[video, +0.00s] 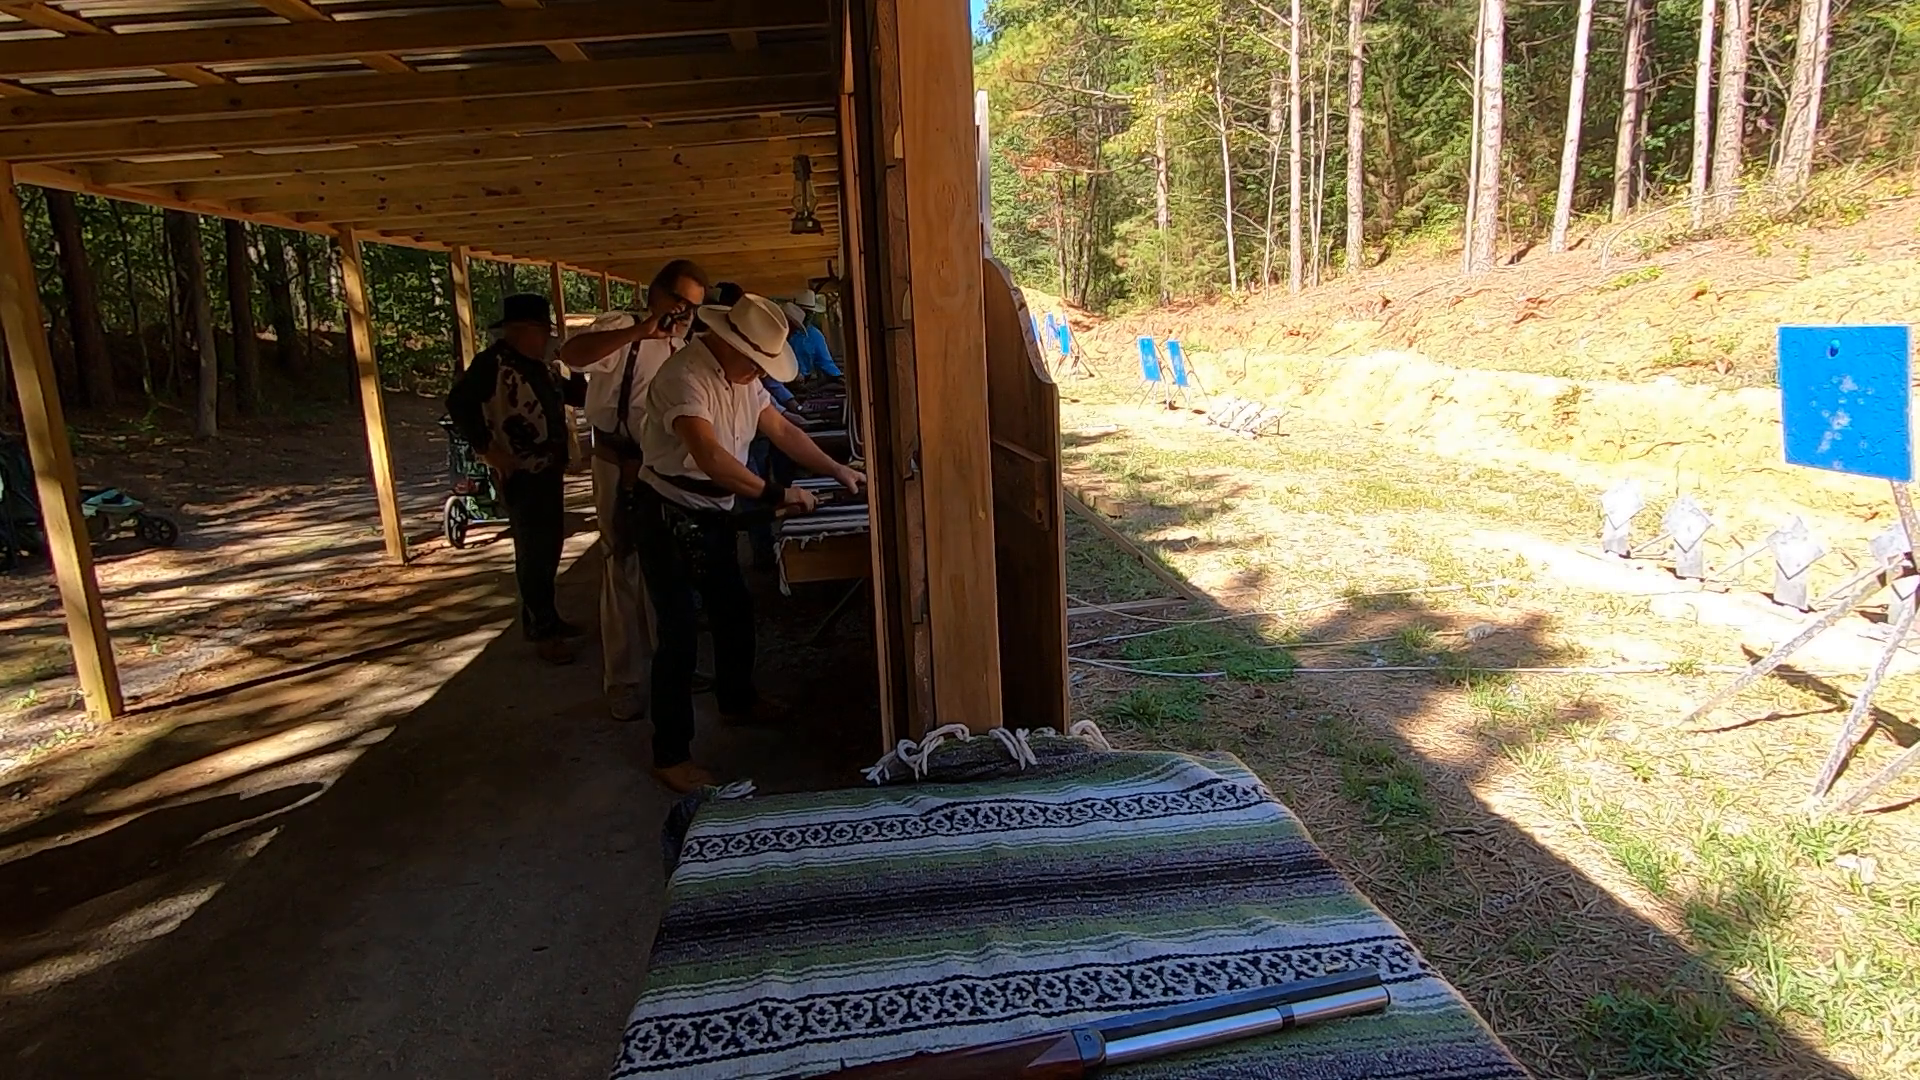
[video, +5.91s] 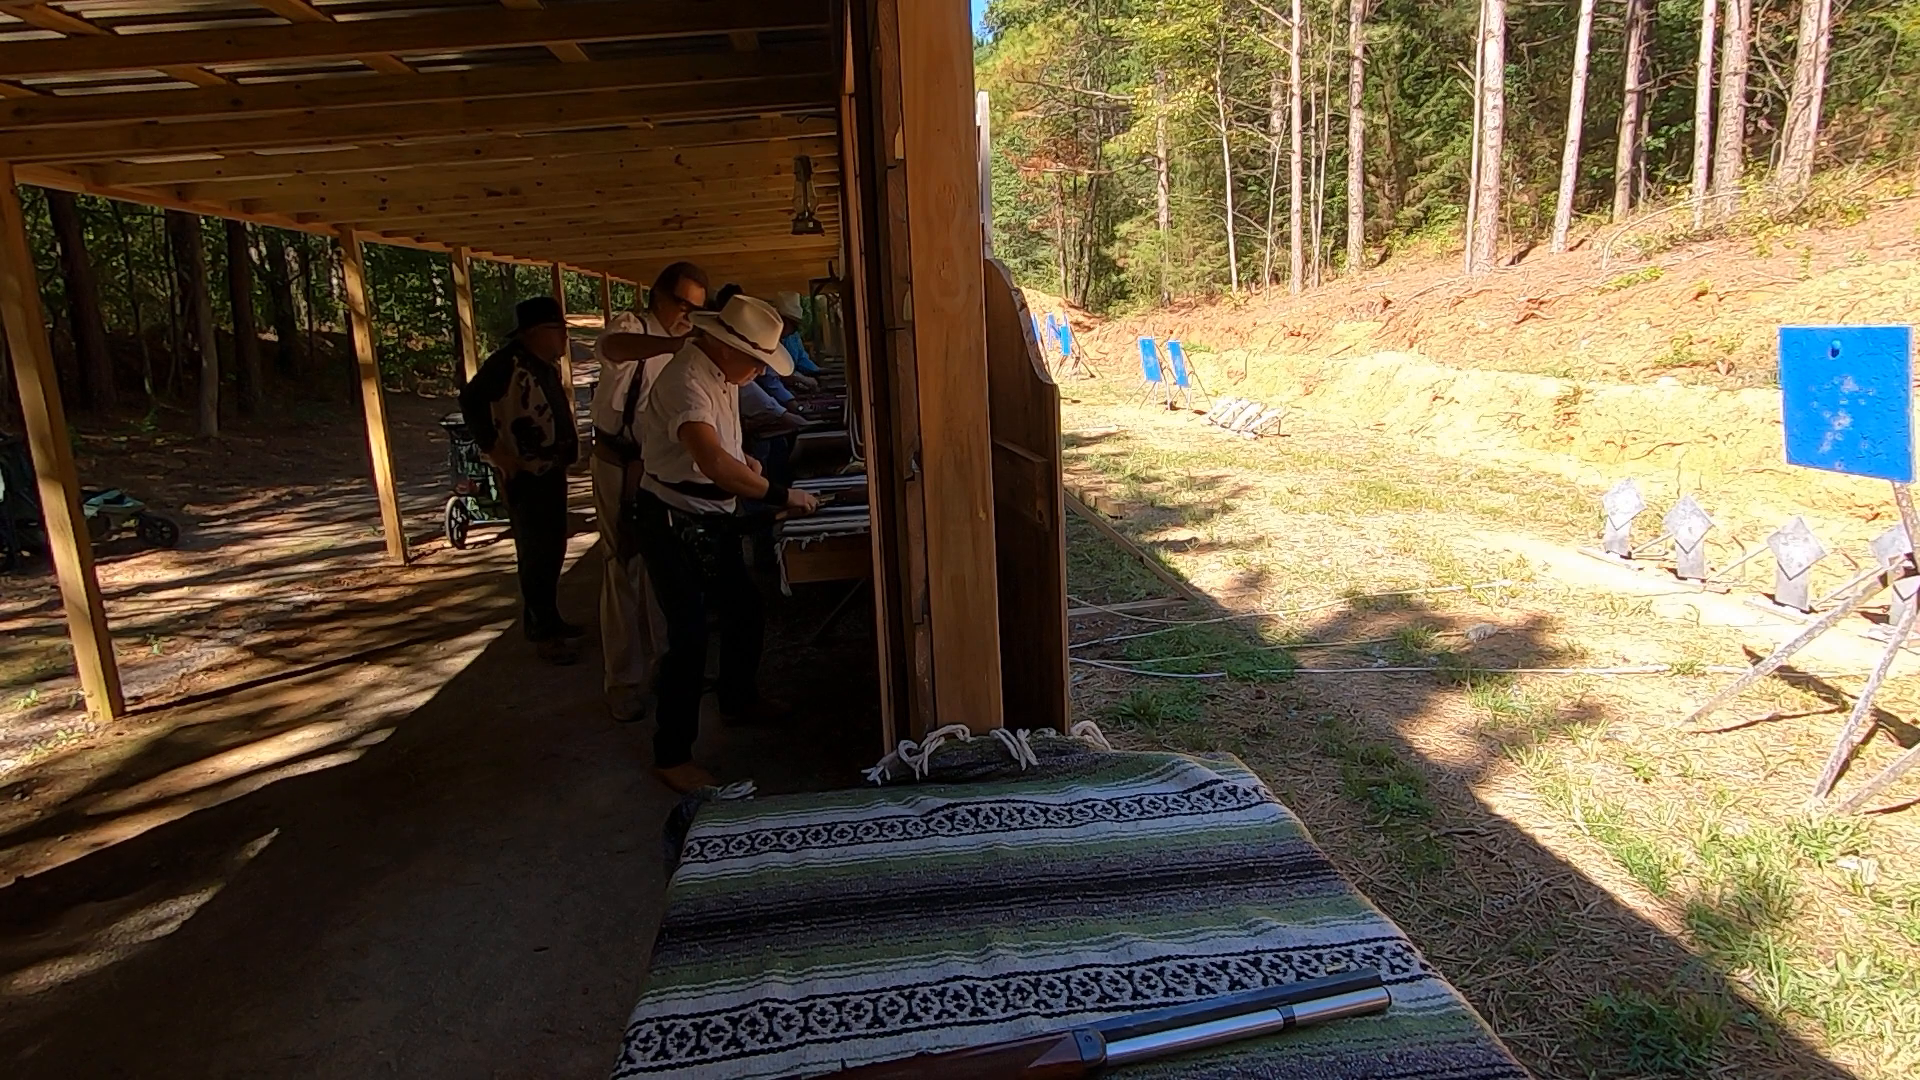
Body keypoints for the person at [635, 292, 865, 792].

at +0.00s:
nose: (759, 372)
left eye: (763, 366)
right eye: (754, 362)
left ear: (757, 358)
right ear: (728, 345)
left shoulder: (746, 379)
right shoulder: (684, 375)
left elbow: (781, 430)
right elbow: (705, 454)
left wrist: (837, 467)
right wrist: (773, 492)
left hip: (715, 514)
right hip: (665, 515)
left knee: (734, 613)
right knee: (679, 632)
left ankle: (738, 703)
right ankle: (670, 758)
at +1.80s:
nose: (758, 373)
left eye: (762, 366)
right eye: (757, 364)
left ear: (744, 346)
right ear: (734, 344)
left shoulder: (731, 370)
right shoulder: (687, 372)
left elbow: (743, 425)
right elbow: (709, 453)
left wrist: (765, 453)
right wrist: (775, 495)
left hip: (721, 512)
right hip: (676, 514)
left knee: (736, 615)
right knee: (685, 634)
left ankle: (740, 706)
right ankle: (671, 756)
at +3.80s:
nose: (753, 373)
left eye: (756, 365)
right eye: (751, 363)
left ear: (724, 349)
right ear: (724, 348)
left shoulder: (718, 377)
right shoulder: (681, 377)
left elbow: (722, 444)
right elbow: (707, 459)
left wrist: (749, 466)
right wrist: (778, 495)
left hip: (716, 516)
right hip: (673, 520)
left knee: (739, 615)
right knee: (689, 636)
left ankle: (739, 708)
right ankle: (672, 757)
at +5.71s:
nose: (758, 373)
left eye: (761, 366)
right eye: (755, 364)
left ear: (727, 349)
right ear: (728, 348)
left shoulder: (721, 377)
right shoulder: (686, 379)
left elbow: (728, 447)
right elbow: (709, 460)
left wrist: (756, 475)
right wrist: (780, 495)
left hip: (717, 516)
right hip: (672, 519)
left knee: (743, 610)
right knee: (689, 635)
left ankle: (739, 703)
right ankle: (672, 757)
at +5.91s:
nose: (758, 373)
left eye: (762, 366)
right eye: (756, 364)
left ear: (727, 349)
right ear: (729, 348)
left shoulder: (721, 378)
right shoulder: (686, 378)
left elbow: (728, 447)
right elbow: (711, 460)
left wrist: (752, 472)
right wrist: (781, 494)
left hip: (717, 516)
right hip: (673, 520)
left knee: (743, 610)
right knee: (689, 635)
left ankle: (739, 704)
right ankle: (672, 757)